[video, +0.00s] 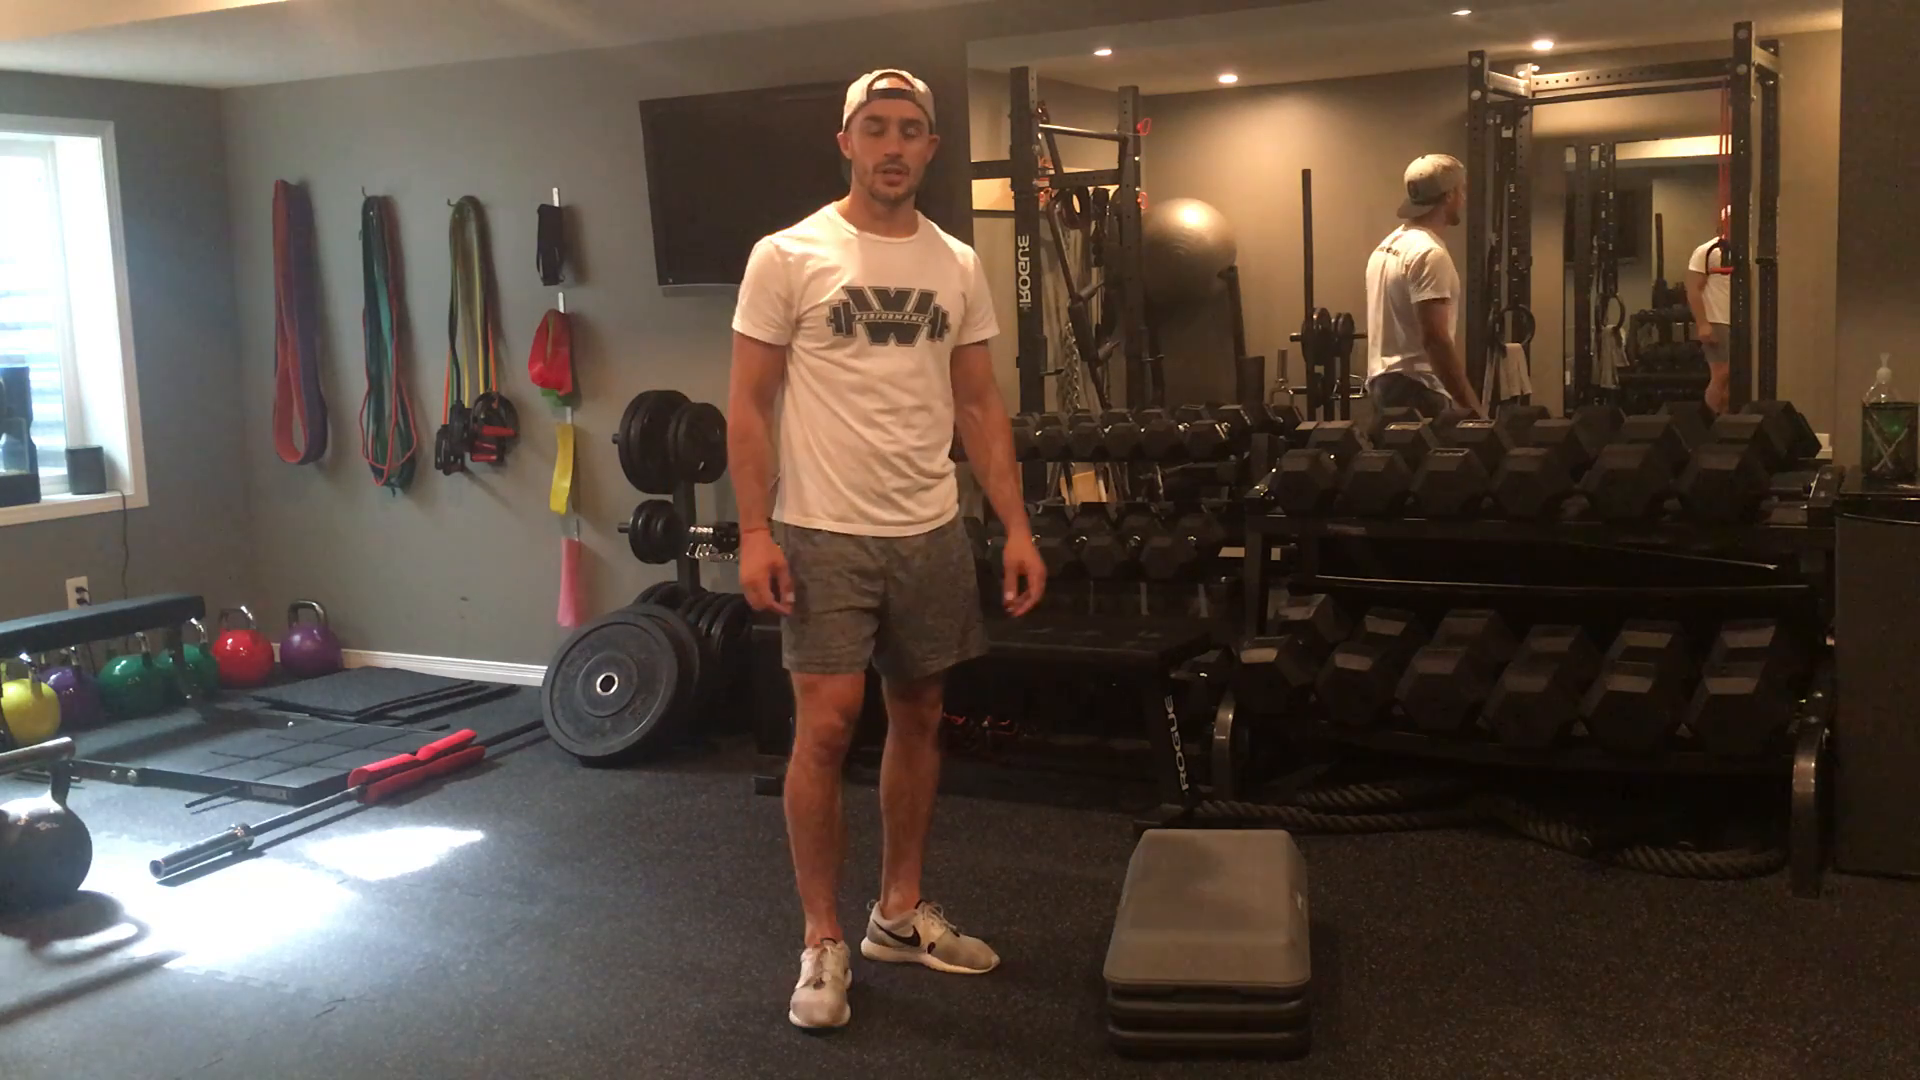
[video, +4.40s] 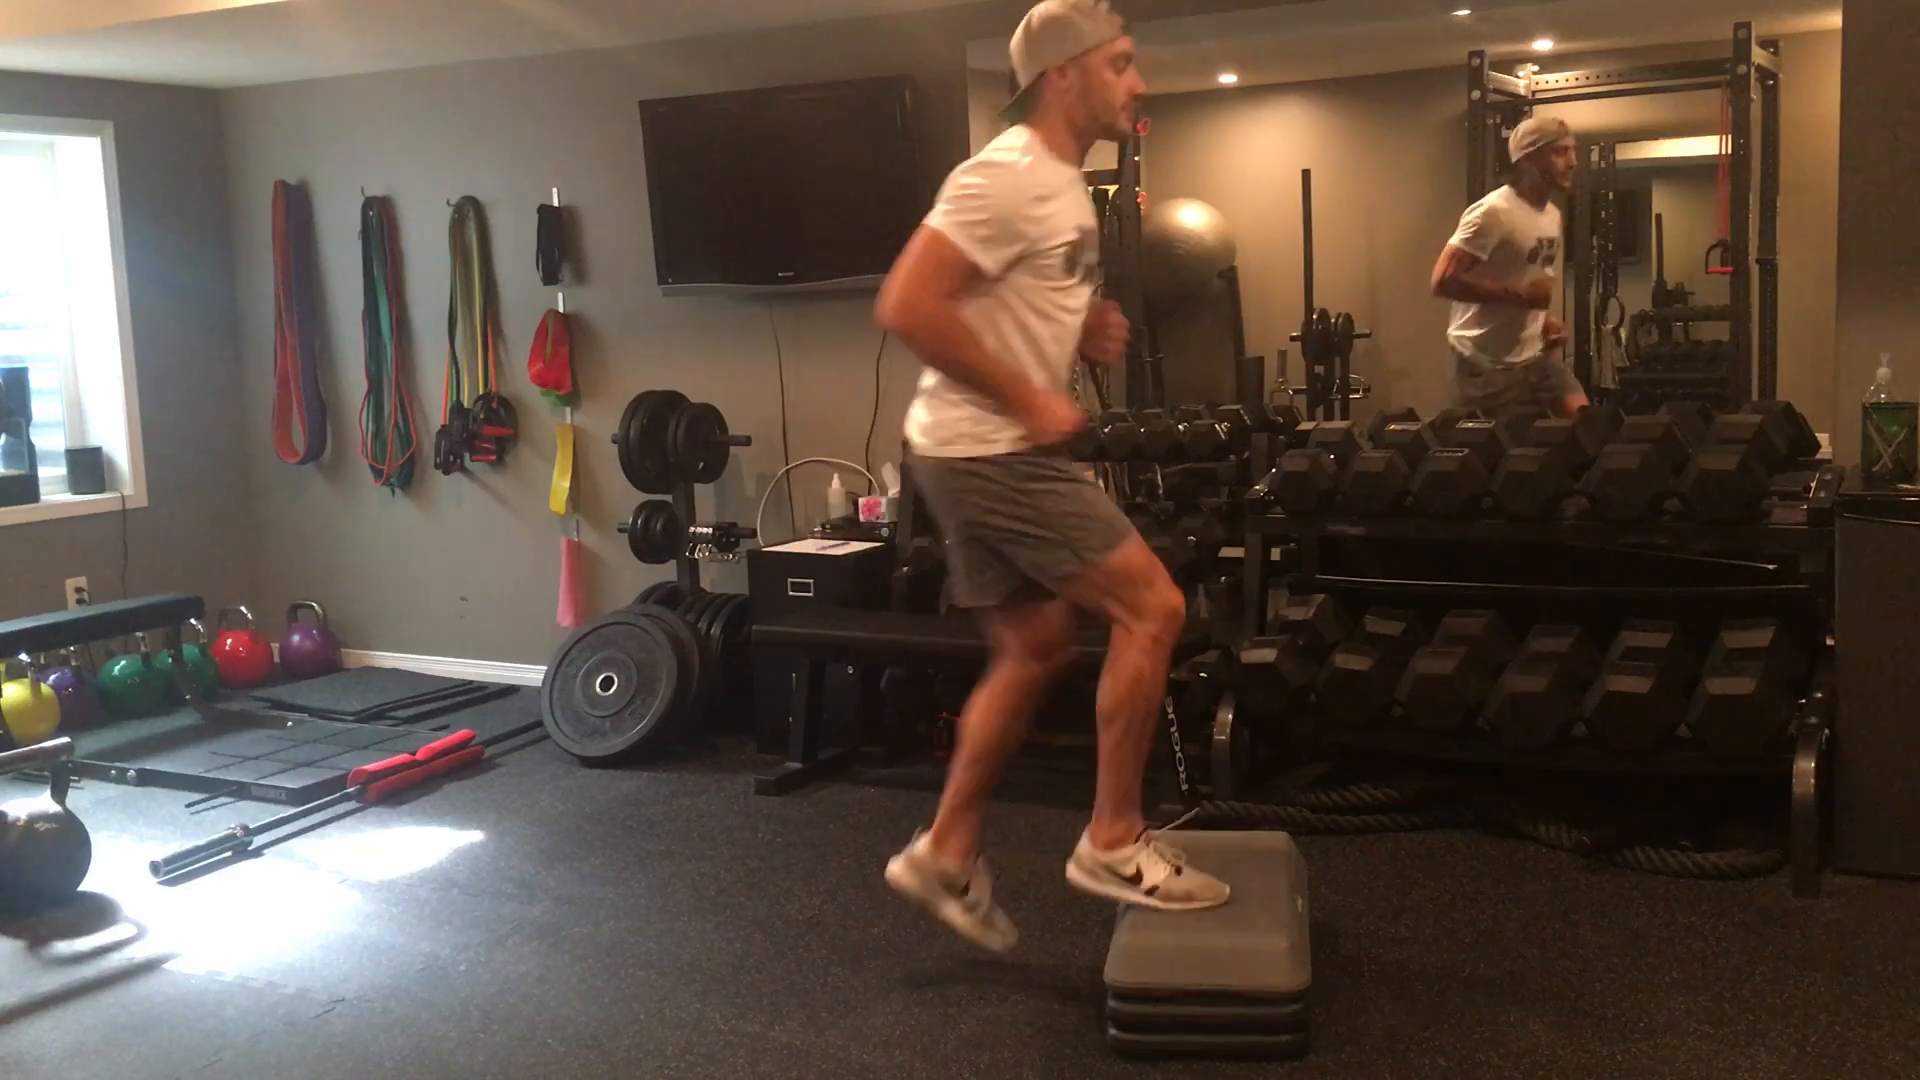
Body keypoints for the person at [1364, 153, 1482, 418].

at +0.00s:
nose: (1464, 199)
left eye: (1463, 191)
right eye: (1462, 191)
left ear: (1417, 195)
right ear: (1449, 196)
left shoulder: (1385, 248)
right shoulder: (1428, 253)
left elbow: (1384, 329)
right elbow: (1436, 340)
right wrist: (1473, 408)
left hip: (1383, 388)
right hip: (1417, 392)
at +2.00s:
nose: (1464, 196)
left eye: (1463, 188)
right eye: (1462, 188)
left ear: (1418, 197)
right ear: (1451, 193)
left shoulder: (1388, 253)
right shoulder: (1441, 250)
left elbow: (1386, 333)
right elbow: (1451, 338)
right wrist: (1483, 400)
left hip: (1391, 388)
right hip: (1431, 391)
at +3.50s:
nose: (1477, 215)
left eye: (1479, 205)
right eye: (1471, 204)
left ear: (1444, 199)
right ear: (1443, 199)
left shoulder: (1440, 249)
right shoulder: (1409, 247)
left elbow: (1429, 327)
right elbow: (1395, 327)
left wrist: (1444, 394)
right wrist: (1438, 392)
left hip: (1428, 394)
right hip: (1400, 392)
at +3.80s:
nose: (1487, 214)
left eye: (1490, 204)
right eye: (1478, 204)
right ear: (1450, 201)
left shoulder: (1475, 257)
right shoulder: (1409, 252)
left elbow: (1464, 329)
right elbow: (1366, 318)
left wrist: (1479, 392)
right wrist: (1395, 386)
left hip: (1452, 399)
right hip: (1411, 400)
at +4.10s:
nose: (1518, 220)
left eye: (1519, 210)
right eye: (1505, 212)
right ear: (1475, 215)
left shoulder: (1508, 259)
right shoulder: (1432, 269)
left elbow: (1491, 331)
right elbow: (1384, 331)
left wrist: (1506, 374)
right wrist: (1433, 386)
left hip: (1484, 411)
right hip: (1438, 414)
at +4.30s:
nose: (1554, 189)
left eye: (1554, 179)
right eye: (1543, 179)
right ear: (1513, 185)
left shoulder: (1533, 235)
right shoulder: (1474, 237)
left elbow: (1504, 301)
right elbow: (1431, 305)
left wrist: (1523, 338)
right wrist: (1508, 317)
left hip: (1513, 370)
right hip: (1464, 380)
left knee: (1569, 420)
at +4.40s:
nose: (1573, 161)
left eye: (1573, 152)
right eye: (1561, 152)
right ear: (1529, 158)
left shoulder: (1552, 215)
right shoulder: (1491, 213)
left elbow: (1529, 285)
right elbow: (1444, 281)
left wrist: (1544, 322)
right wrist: (1517, 296)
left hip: (1534, 356)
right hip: (1485, 367)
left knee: (1582, 420)